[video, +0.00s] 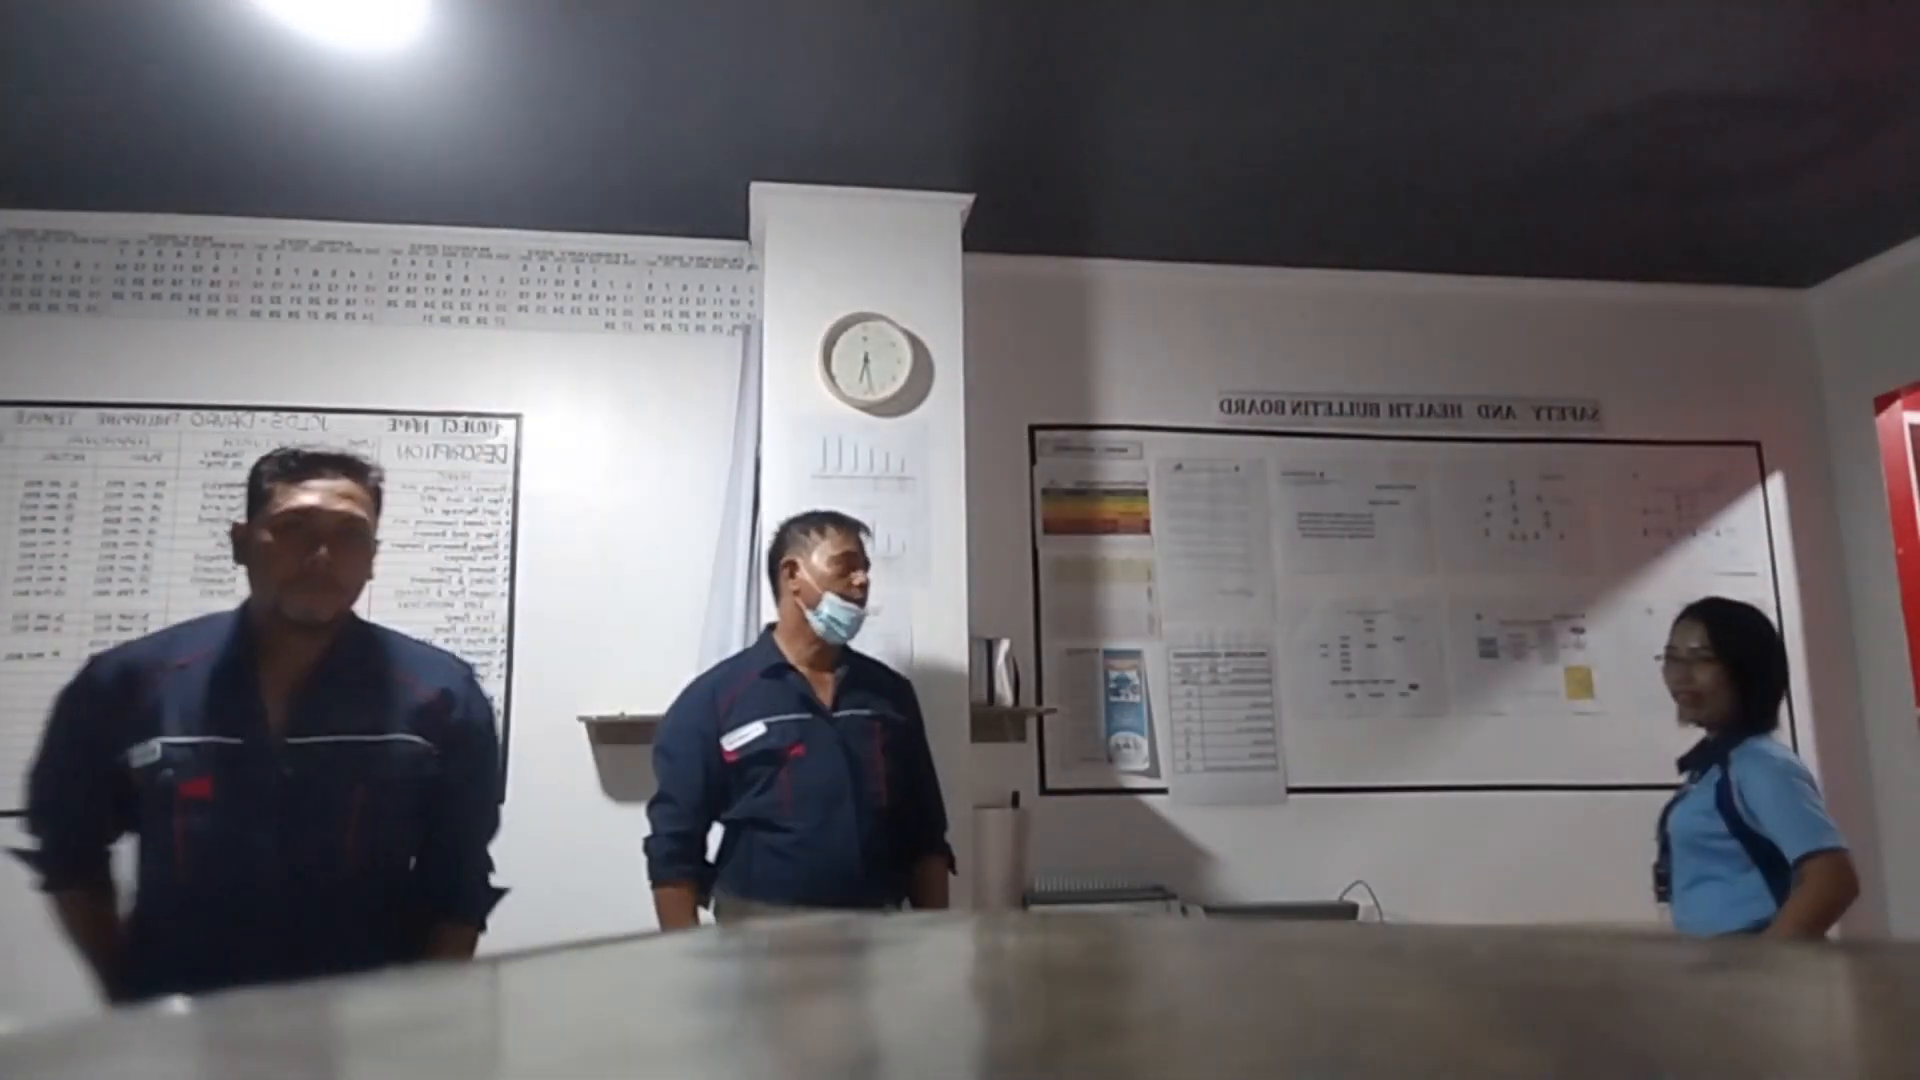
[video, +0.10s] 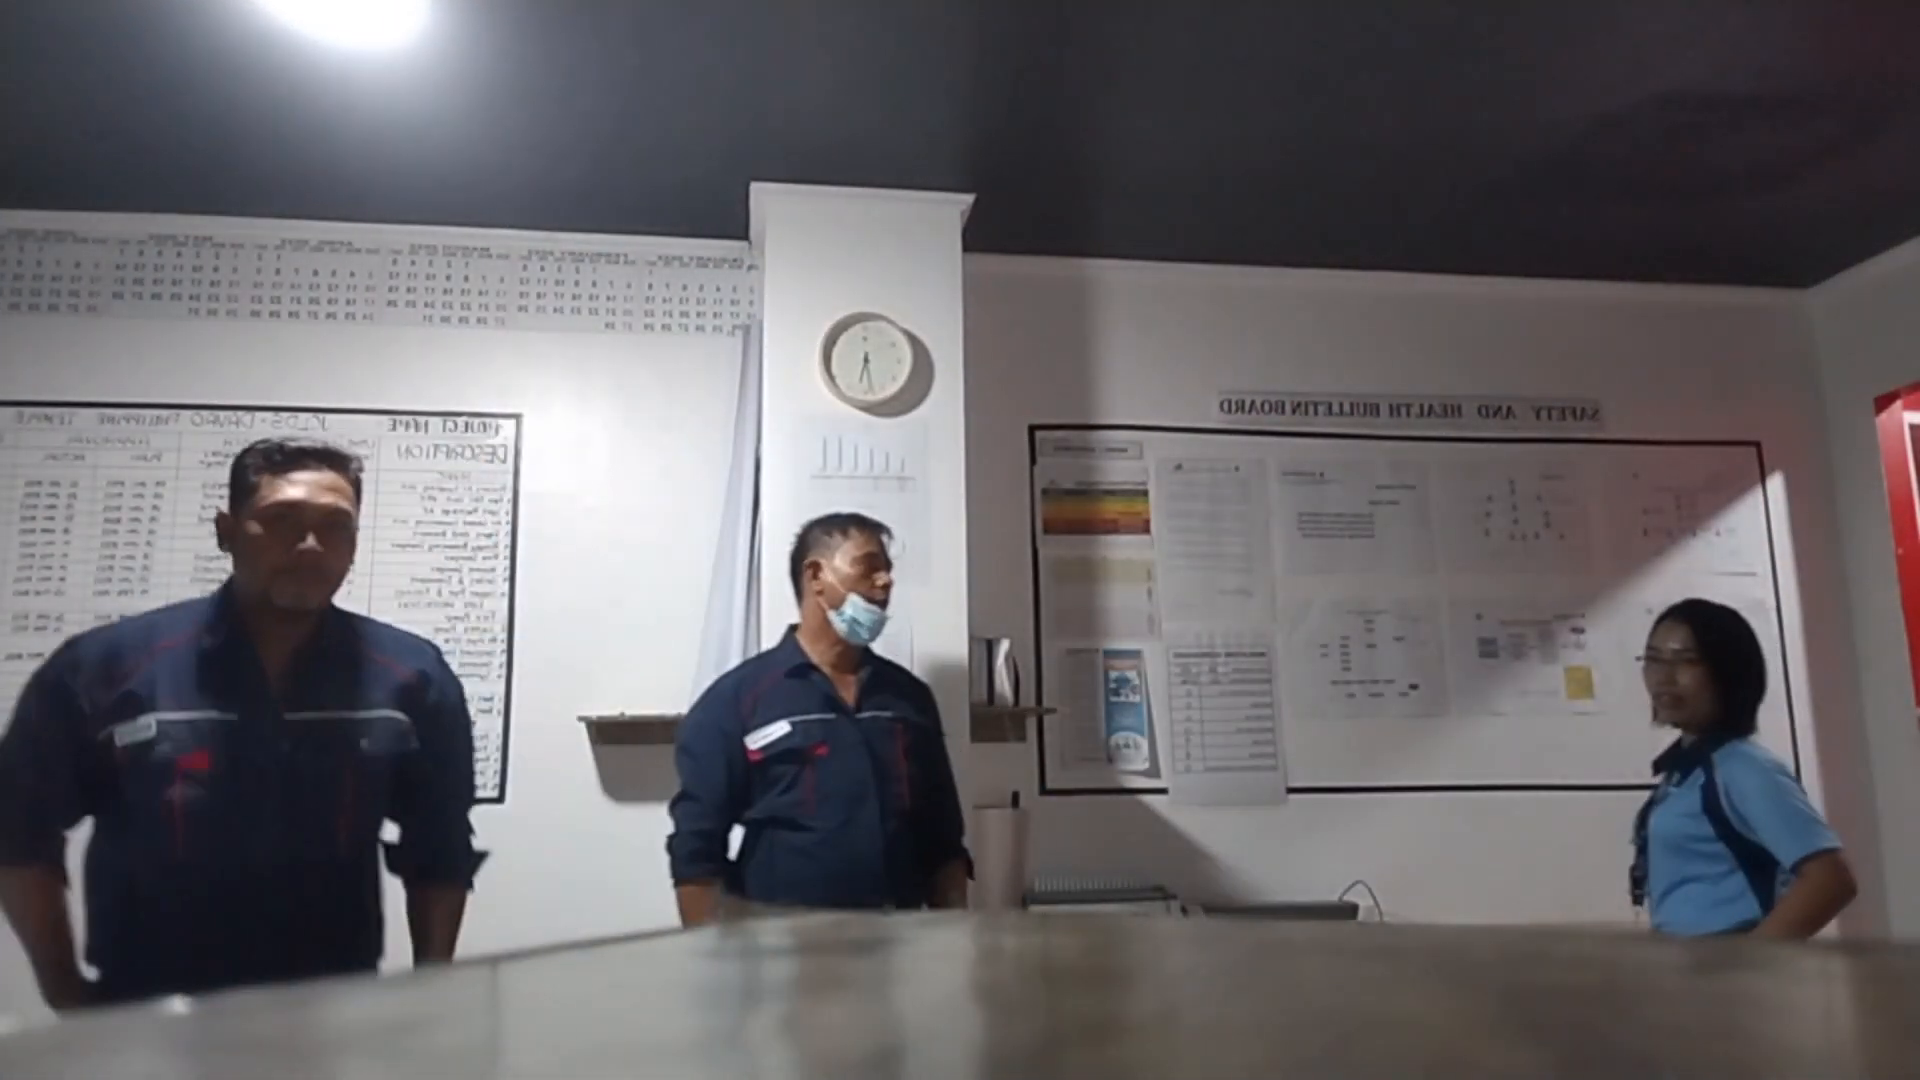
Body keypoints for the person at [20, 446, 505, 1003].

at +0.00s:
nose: (322, 555)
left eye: (348, 536)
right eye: (297, 530)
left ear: (373, 559)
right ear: (243, 544)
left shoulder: (443, 699)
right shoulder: (126, 690)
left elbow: (459, 896)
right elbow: (68, 857)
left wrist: (415, 1032)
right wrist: (137, 998)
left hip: (367, 1030)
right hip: (182, 1030)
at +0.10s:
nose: (310, 546)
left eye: (333, 527)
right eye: (284, 521)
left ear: (356, 544)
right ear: (229, 530)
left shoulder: (411, 680)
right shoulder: (100, 672)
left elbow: (440, 854)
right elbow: (23, 837)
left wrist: (432, 1002)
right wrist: (66, 996)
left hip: (329, 1018)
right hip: (147, 1020)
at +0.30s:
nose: (305, 544)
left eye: (323, 529)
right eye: (278, 521)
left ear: (337, 547)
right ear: (219, 534)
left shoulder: (366, 679)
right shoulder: (94, 670)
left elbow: (407, 810)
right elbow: (4, 811)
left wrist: (410, 943)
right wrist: (18, 969)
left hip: (302, 1014)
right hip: (137, 1022)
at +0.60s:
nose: (321, 595)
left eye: (335, 581)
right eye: (297, 576)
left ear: (348, 596)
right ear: (243, 591)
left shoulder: (344, 723)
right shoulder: (137, 706)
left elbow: (370, 837)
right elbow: (31, 838)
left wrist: (398, 940)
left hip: (261, 1010)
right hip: (133, 1018)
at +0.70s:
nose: (325, 612)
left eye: (340, 598)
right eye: (303, 592)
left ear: (353, 613)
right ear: (251, 605)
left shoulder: (332, 730)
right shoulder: (159, 716)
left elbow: (338, 883)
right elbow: (81, 874)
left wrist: (376, 1005)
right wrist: (14, 1020)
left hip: (249, 1015)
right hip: (131, 1023)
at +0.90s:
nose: (319, 584)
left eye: (335, 569)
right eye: (298, 564)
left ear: (346, 584)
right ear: (248, 573)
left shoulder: (334, 703)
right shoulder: (151, 669)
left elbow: (309, 847)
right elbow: (86, 823)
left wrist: (275, 967)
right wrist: (53, 966)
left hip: (248, 980)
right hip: (135, 977)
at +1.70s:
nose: (186, 578)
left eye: (199, 560)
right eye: (160, 562)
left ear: (217, 575)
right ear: (111, 584)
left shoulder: (262, 686)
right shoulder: (61, 682)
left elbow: (332, 782)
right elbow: (3, 770)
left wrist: (430, 833)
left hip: (209, 986)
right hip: (76, 991)